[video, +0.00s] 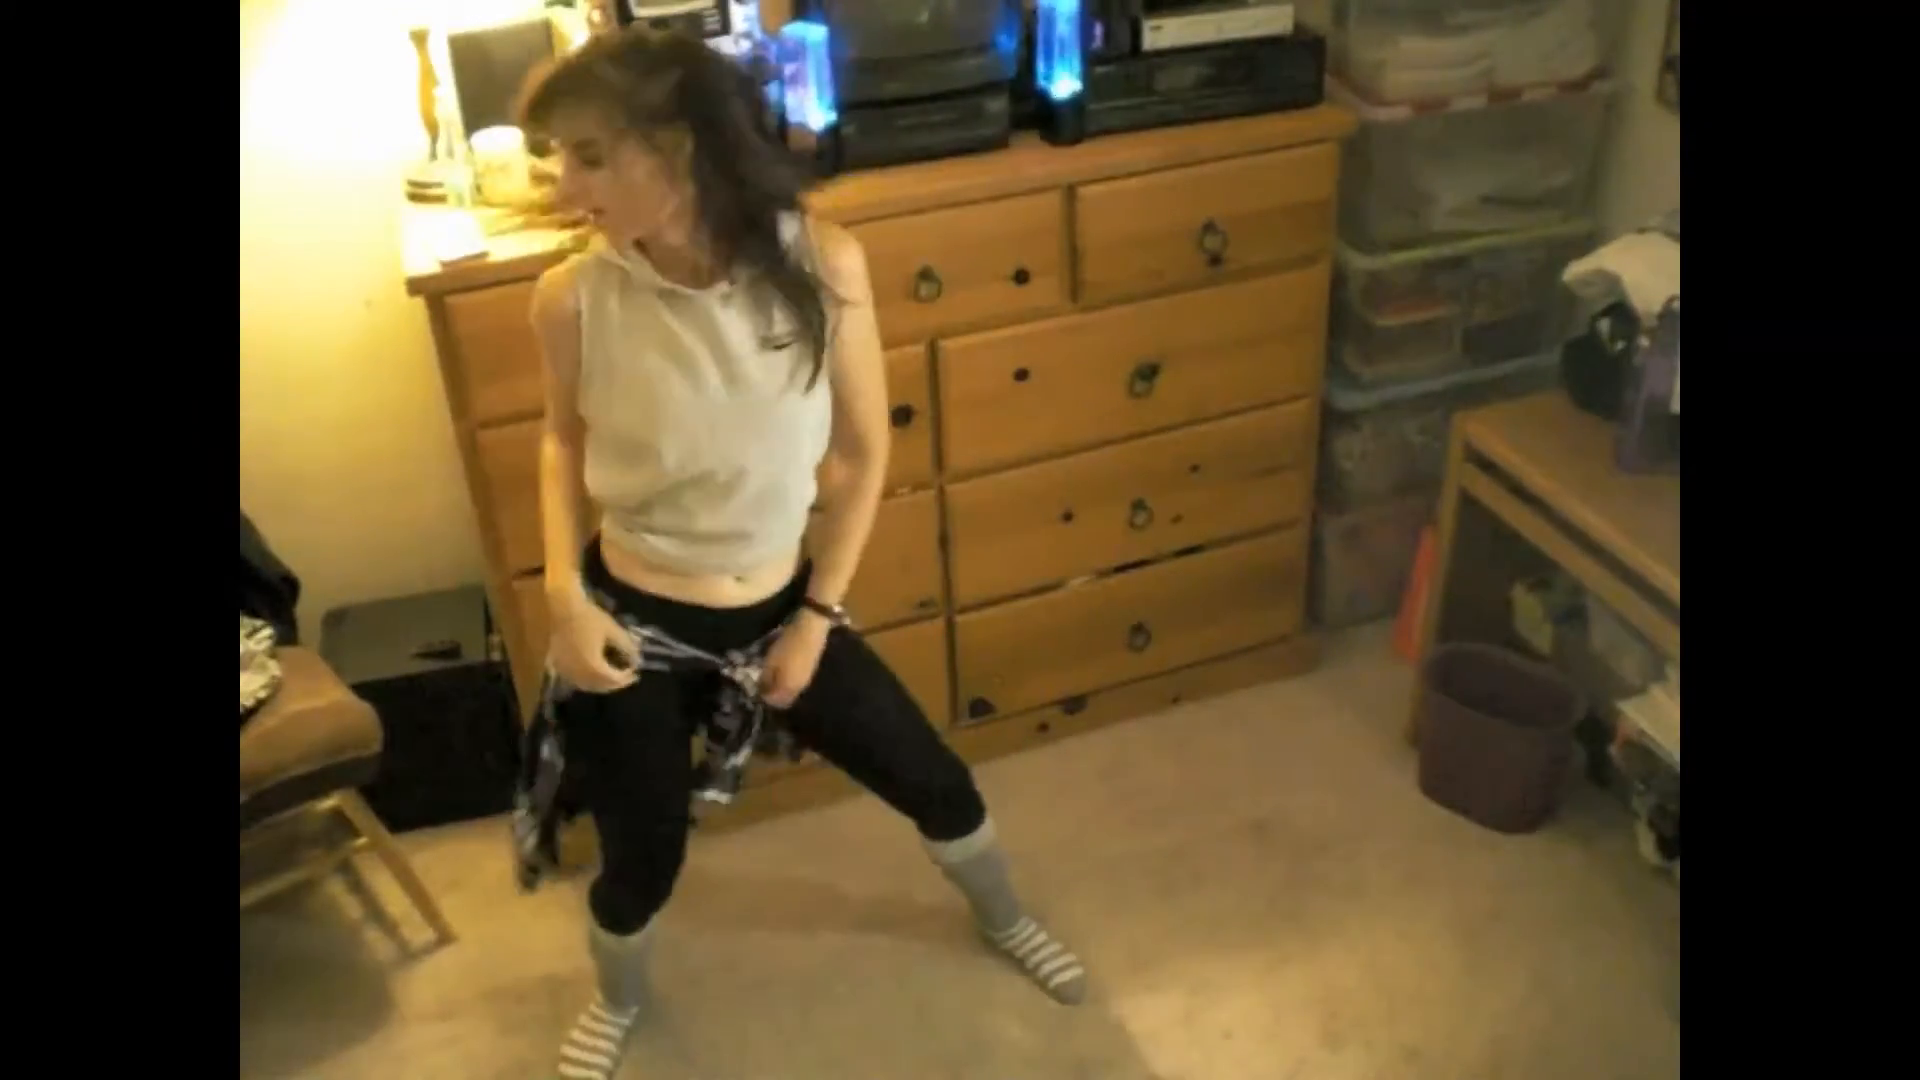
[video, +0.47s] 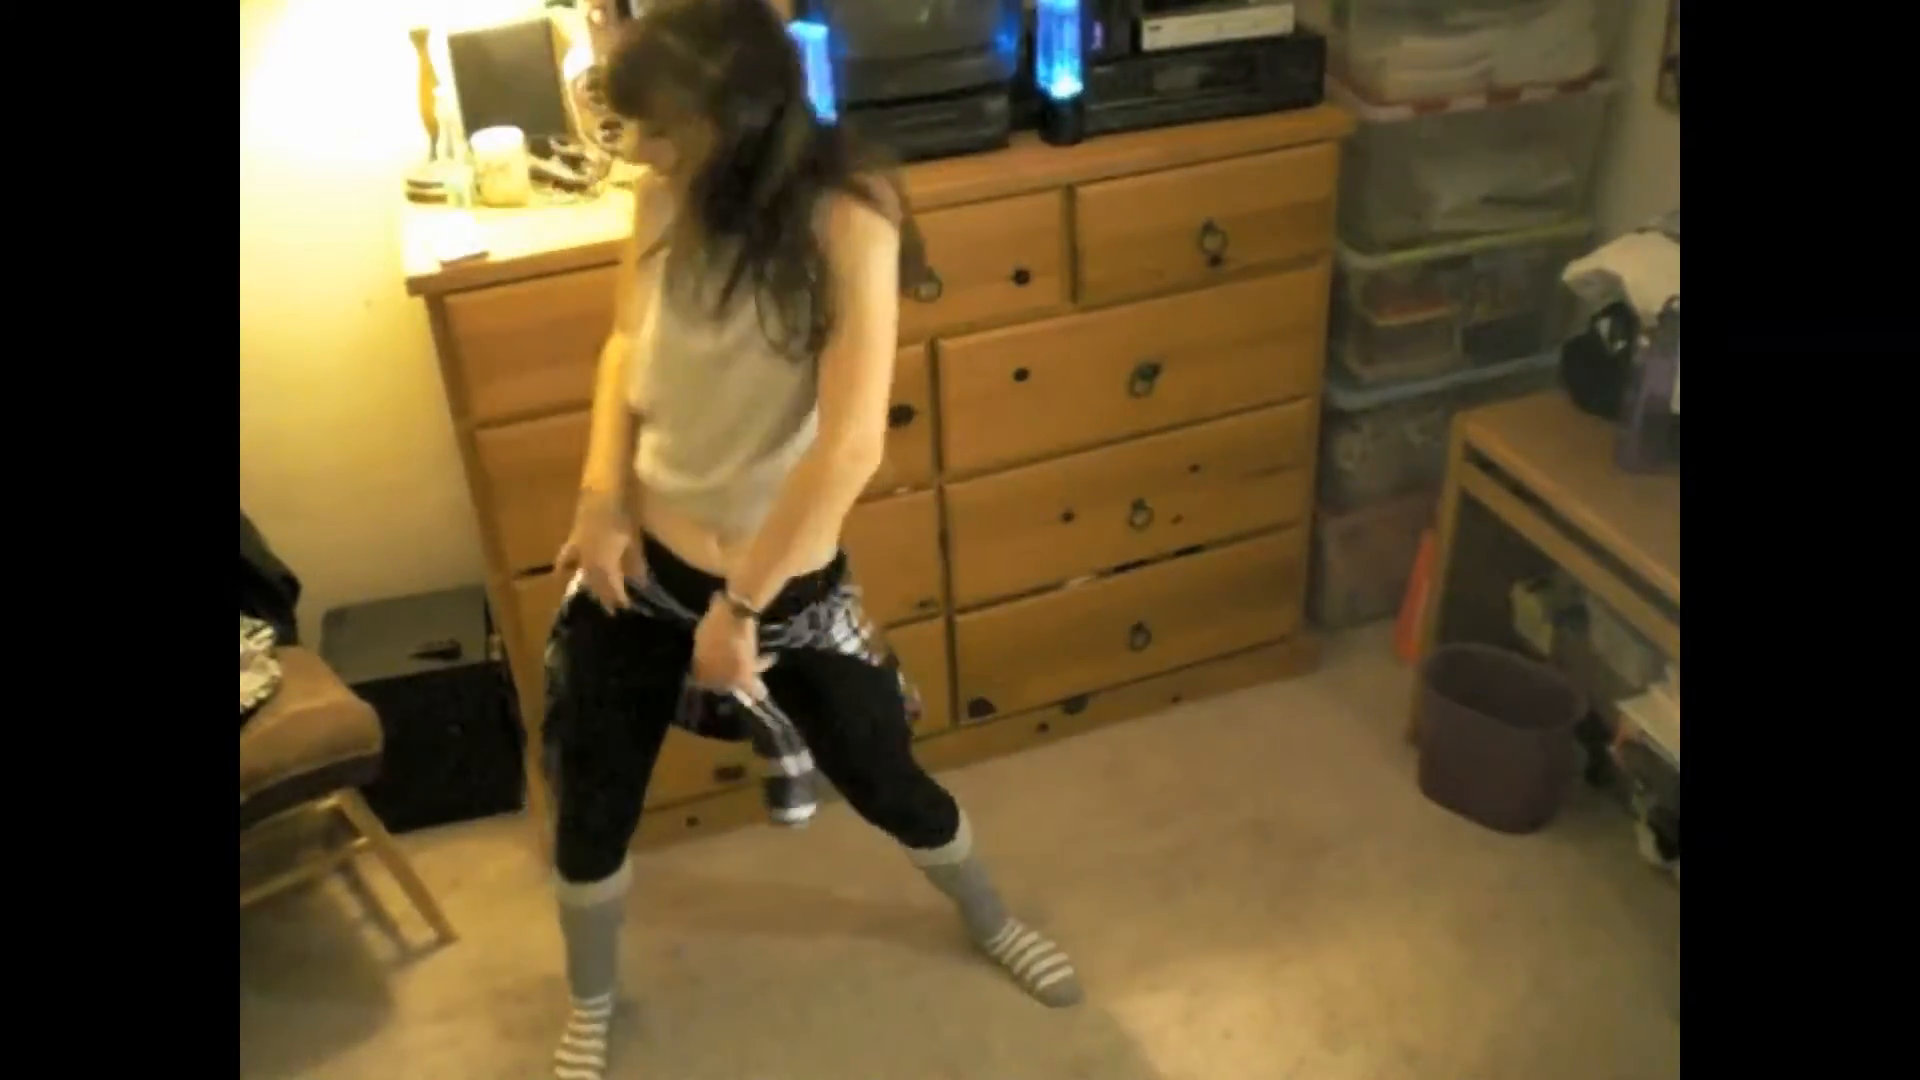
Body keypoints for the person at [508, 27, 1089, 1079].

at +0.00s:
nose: (562, 188)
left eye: (588, 158)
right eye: (556, 161)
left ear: (680, 158)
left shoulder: (819, 264)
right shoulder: (574, 302)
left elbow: (862, 451)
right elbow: (563, 442)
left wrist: (815, 615)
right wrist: (563, 588)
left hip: (786, 616)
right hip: (635, 626)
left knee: (944, 793)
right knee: (636, 869)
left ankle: (1009, 922)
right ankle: (617, 1007)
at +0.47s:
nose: (642, 152)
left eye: (659, 128)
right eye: (637, 128)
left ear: (733, 111)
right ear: (657, 116)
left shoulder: (850, 222)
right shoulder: (664, 196)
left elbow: (852, 444)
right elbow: (627, 344)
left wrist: (738, 600)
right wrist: (601, 495)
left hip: (791, 590)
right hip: (643, 568)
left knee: (888, 786)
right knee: (590, 805)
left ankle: (992, 922)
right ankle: (591, 1006)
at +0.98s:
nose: (882, 227)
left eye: (900, 195)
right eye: (848, 201)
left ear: (926, 199)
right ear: (795, 211)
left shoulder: (942, 322)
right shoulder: (737, 287)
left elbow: (944, 465)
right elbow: (682, 470)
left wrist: (937, 579)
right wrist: (718, 644)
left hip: (898, 622)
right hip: (760, 641)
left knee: (977, 806)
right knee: (641, 865)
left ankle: (1008, 928)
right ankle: (600, 1012)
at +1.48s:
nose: (932, 257)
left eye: (936, 224)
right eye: (895, 242)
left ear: (960, 217)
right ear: (847, 260)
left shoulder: (945, 319)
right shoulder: (839, 384)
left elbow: (906, 454)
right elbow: (698, 555)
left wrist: (968, 557)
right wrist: (776, 678)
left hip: (861, 616)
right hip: (729, 645)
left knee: (1018, 794)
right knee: (685, 922)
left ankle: (1008, 924)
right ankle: (598, 994)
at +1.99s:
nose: (636, 513)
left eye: (634, 494)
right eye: (617, 508)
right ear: (587, 476)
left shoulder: (781, 398)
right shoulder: (600, 442)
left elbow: (886, 568)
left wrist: (894, 716)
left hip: (839, 612)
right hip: (695, 636)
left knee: (972, 810)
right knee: (644, 876)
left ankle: (1002, 923)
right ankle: (601, 1005)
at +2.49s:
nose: (734, 172)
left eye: (756, 142)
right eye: (702, 147)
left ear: (788, 152)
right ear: (656, 162)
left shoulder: (844, 299)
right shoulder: (639, 273)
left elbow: (898, 501)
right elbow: (656, 420)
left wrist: (828, 666)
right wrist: (651, 546)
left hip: (850, 619)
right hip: (696, 620)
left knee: (942, 824)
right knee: (639, 842)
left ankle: (989, 926)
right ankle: (599, 997)